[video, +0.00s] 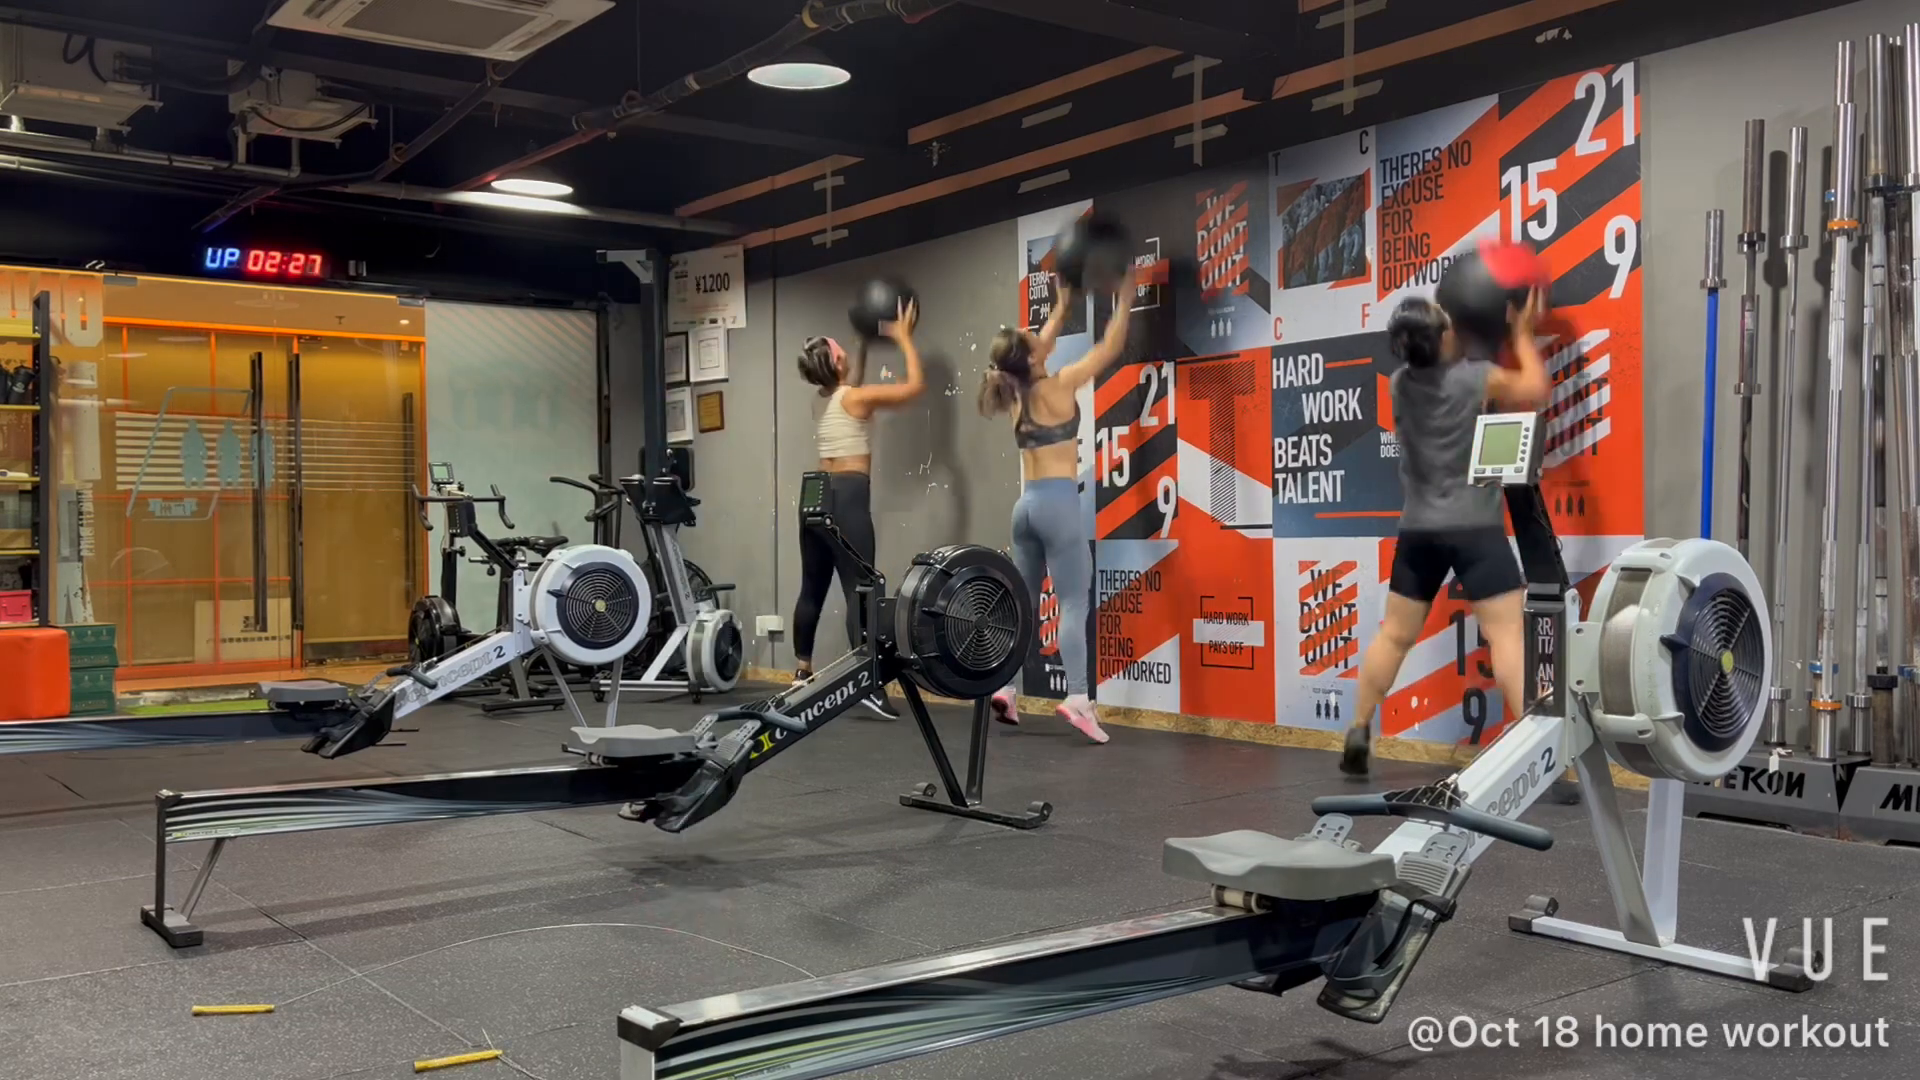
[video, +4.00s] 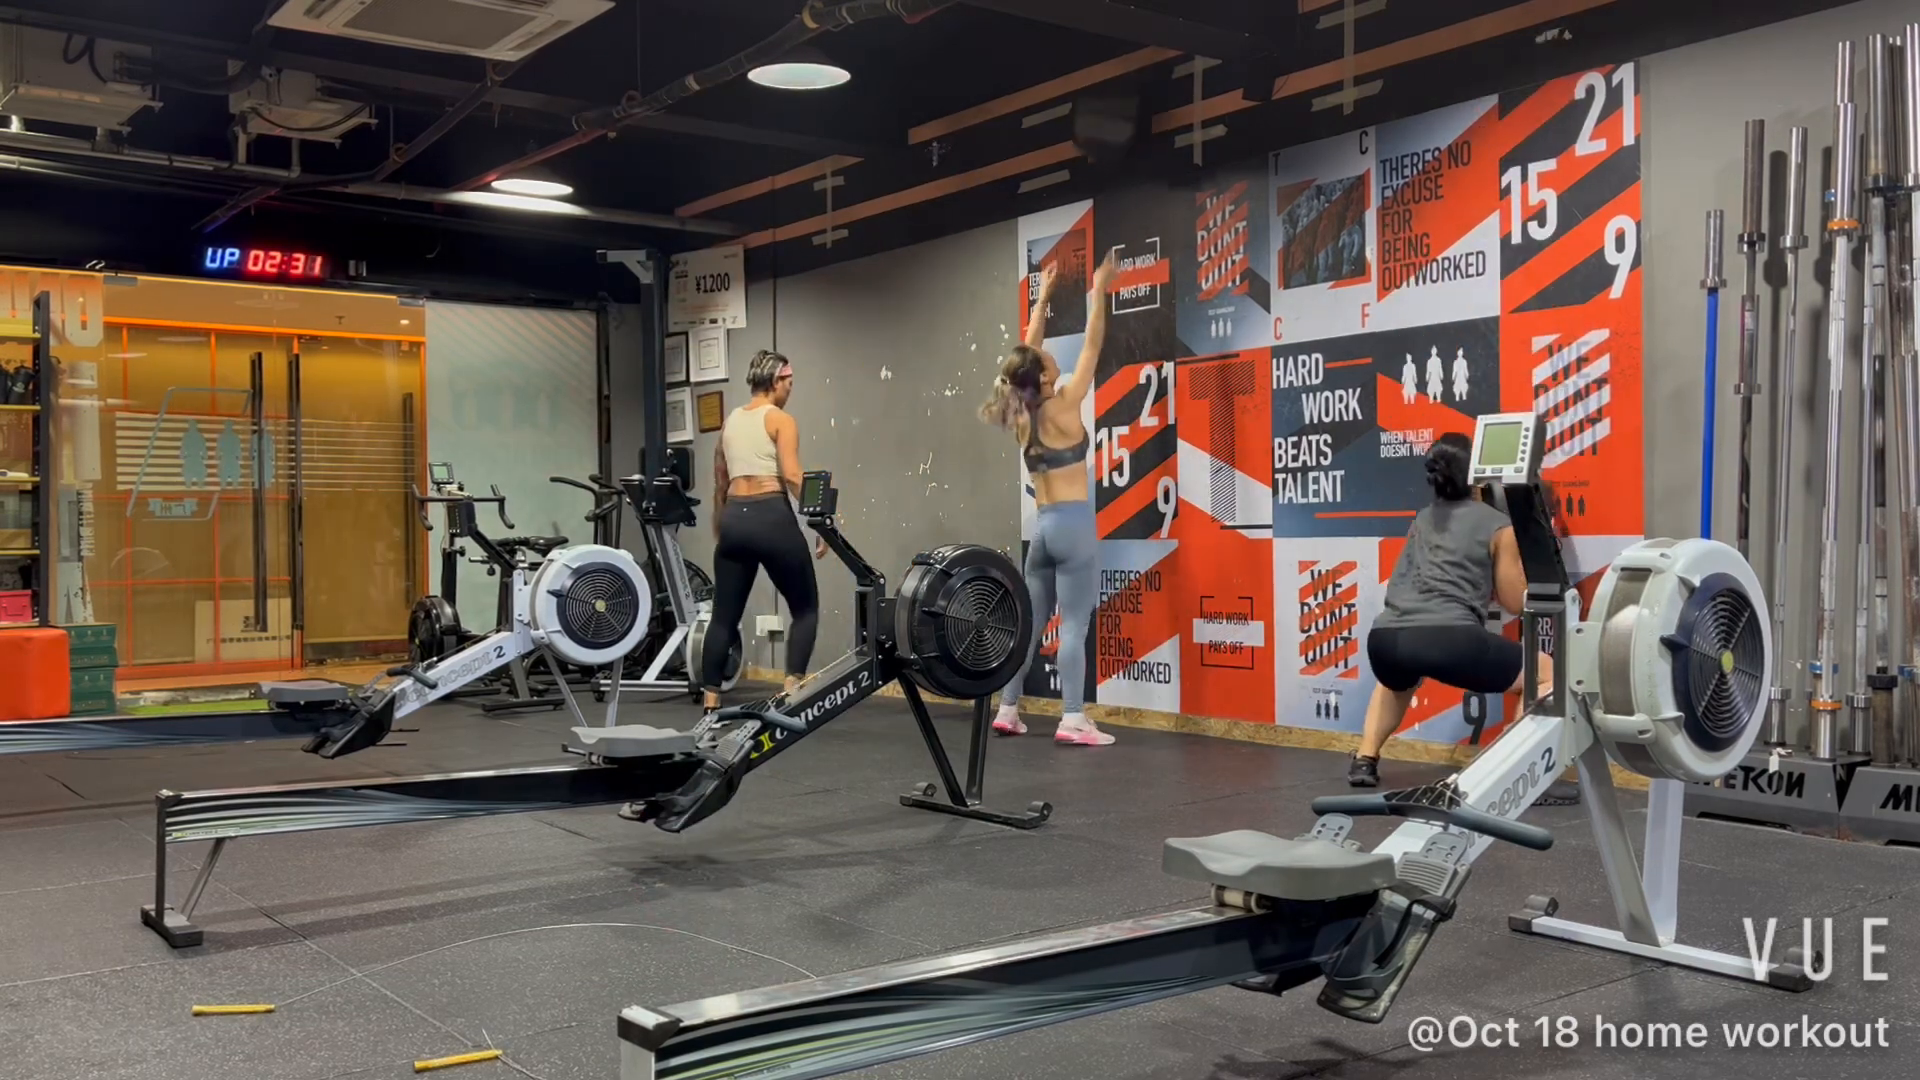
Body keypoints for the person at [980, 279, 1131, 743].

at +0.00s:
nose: (1040, 344)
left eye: (1036, 342)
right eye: (1034, 344)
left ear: (1010, 368)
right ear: (1031, 360)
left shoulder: (1014, 393)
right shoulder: (1060, 384)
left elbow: (1039, 344)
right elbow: (1109, 349)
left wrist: (1062, 300)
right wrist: (1125, 300)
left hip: (1027, 500)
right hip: (1059, 500)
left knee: (1022, 601)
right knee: (1073, 602)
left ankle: (1003, 687)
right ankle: (1077, 698)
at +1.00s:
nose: (1057, 417)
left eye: (1052, 412)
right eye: (1051, 416)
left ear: (1026, 436)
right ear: (1046, 435)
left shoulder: (1017, 465)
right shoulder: (1064, 469)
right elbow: (1118, 507)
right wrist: (1129, 469)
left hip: (1006, 571)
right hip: (1035, 577)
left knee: (1020, 638)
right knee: (1105, 641)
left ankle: (997, 714)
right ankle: (1068, 724)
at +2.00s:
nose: (1050, 346)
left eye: (1044, 344)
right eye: (1045, 345)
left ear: (1022, 367)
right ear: (1042, 362)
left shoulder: (1020, 395)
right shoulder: (1067, 387)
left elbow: (1037, 336)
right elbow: (1095, 328)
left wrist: (1051, 289)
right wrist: (1099, 273)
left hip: (1032, 509)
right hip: (1067, 509)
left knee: (1025, 607)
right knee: (1075, 611)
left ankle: (1007, 691)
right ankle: (1078, 704)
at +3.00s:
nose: (1059, 456)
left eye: (1053, 453)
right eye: (1053, 457)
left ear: (1026, 477)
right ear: (1047, 474)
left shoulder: (1019, 508)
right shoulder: (1069, 512)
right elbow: (1118, 555)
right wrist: (1123, 520)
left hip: (1006, 612)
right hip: (1040, 619)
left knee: (1027, 644)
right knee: (1118, 651)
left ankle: (999, 714)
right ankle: (1073, 724)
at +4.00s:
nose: (1057, 364)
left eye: (1050, 362)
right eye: (1052, 361)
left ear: (1024, 378)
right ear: (1046, 374)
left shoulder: (1022, 412)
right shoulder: (1068, 402)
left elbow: (1028, 354)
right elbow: (1093, 344)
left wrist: (1041, 300)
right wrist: (1101, 292)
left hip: (1042, 522)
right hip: (1074, 522)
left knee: (1027, 622)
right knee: (1074, 624)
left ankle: (1008, 709)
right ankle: (1072, 718)